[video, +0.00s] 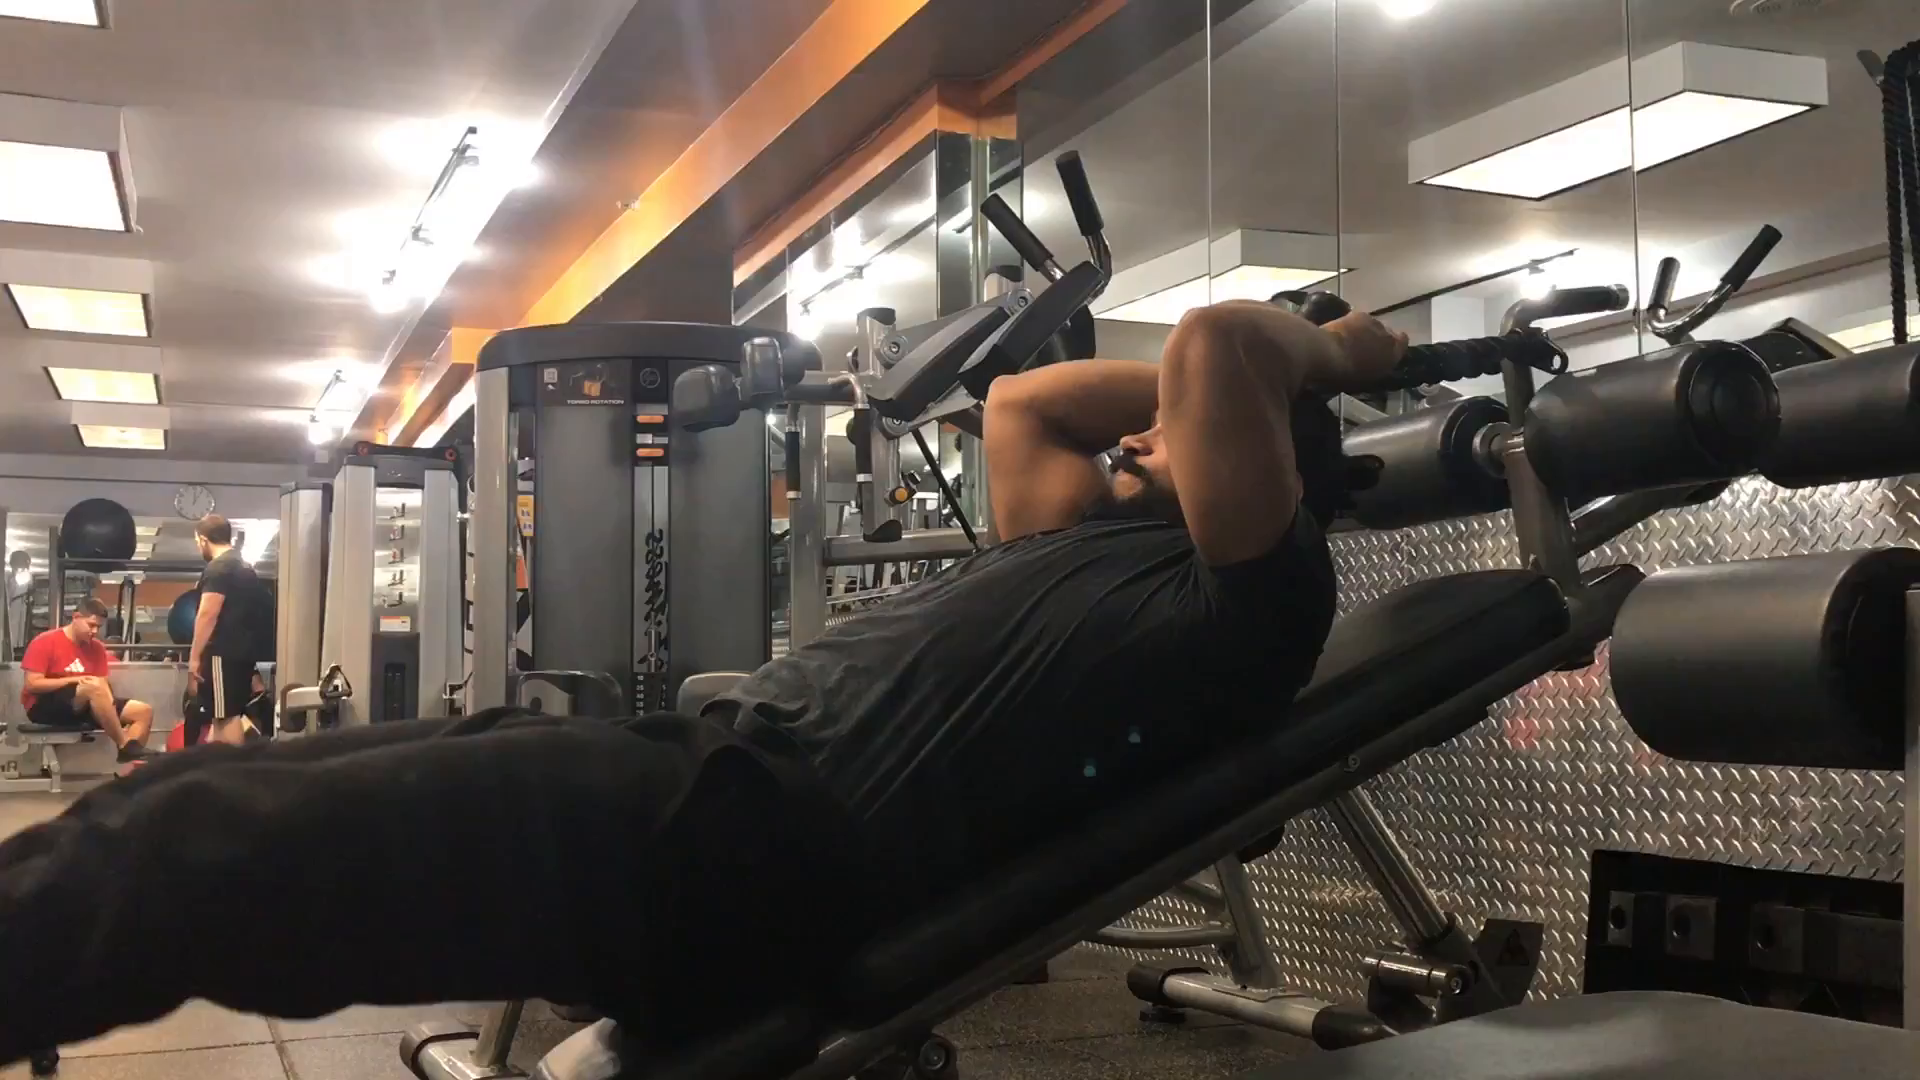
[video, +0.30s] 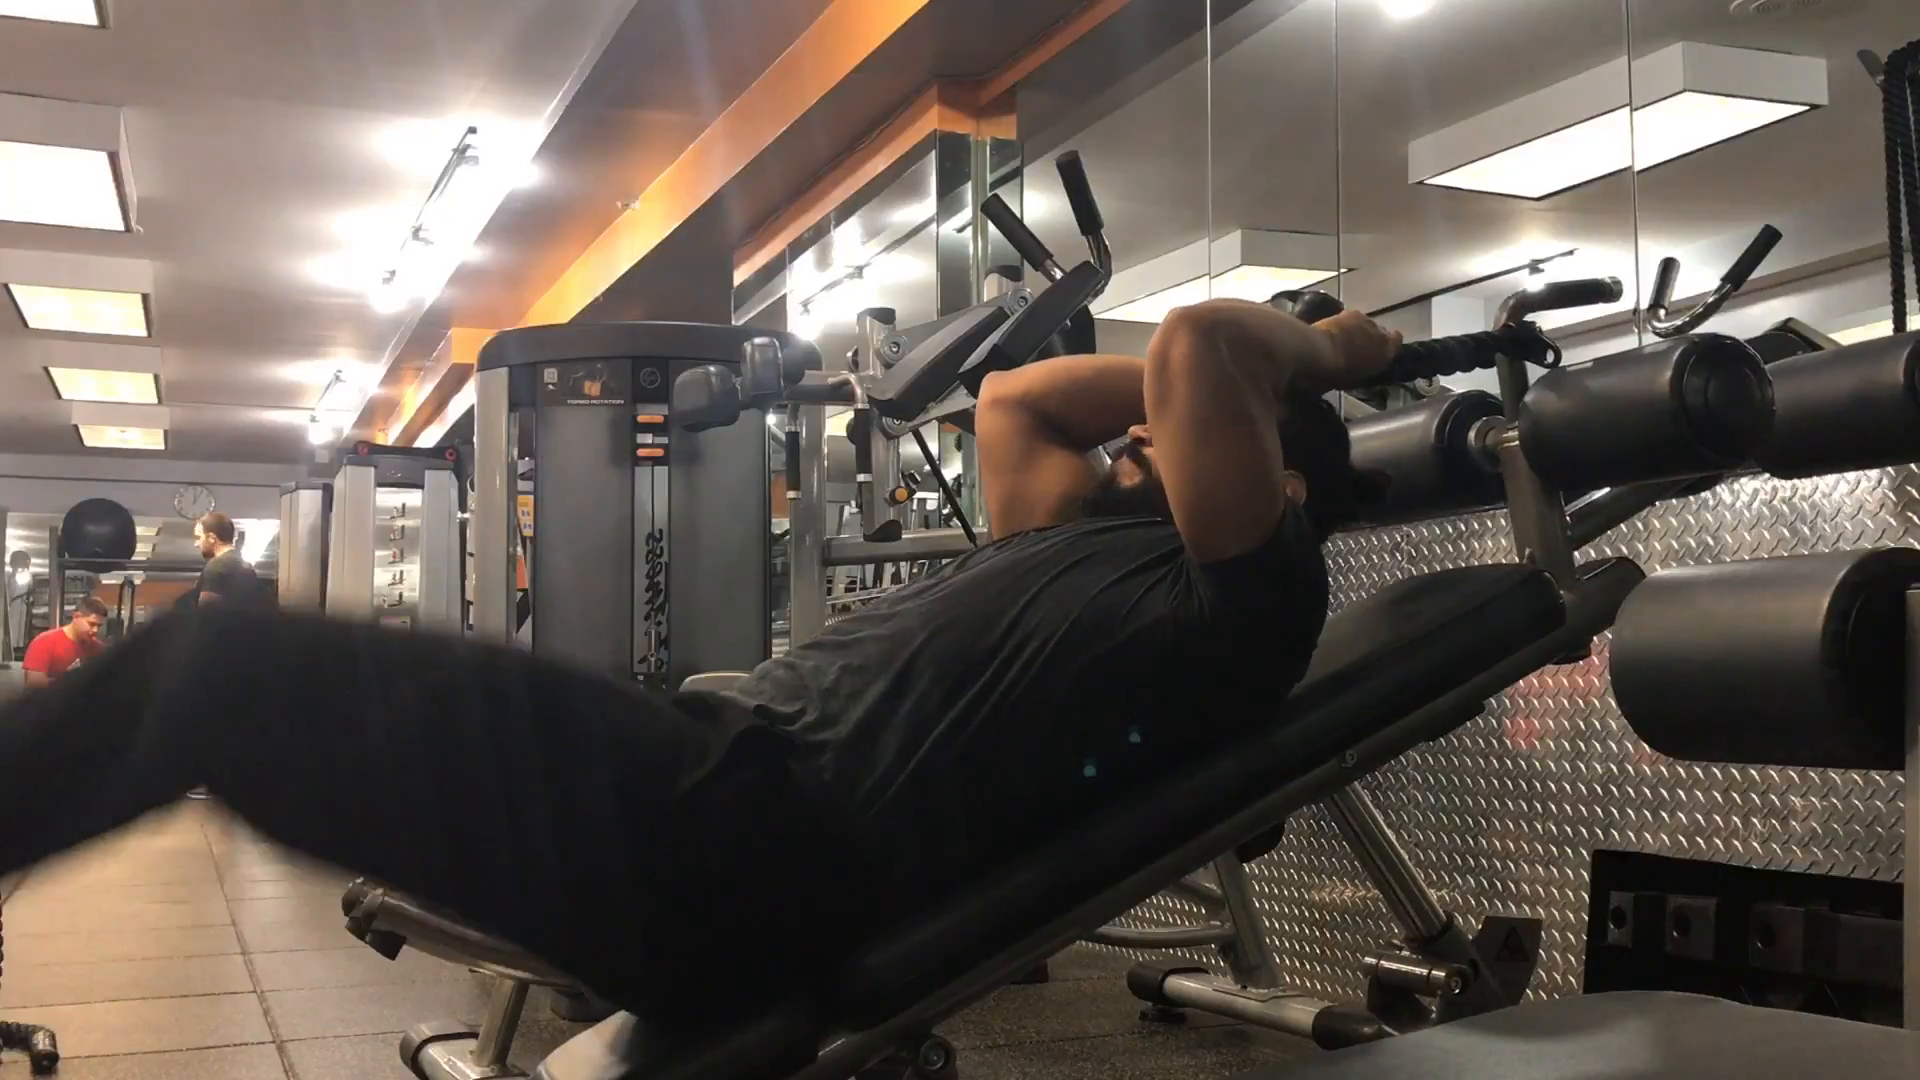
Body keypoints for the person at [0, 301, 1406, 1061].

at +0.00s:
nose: (1177, 451)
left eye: (1224, 436)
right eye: (1192, 437)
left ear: (1274, 478)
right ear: (1163, 471)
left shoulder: (1254, 612)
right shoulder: (1078, 564)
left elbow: (1213, 335)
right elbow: (1023, 407)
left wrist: (1334, 350)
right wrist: (1215, 402)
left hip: (744, 837)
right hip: (683, 760)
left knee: (180, 859)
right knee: (183, 810)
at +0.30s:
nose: (1180, 447)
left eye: (1226, 434)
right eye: (1196, 435)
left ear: (1276, 482)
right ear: (1184, 476)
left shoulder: (1250, 616)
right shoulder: (1069, 564)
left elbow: (1194, 336)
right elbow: (1017, 402)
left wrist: (1317, 350)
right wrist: (1208, 393)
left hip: (770, 850)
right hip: (703, 764)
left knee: (210, 666)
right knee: (219, 645)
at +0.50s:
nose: (1235, 472)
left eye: (1272, 472)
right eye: (1257, 462)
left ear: (1301, 512)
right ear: (1245, 494)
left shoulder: (1256, 620)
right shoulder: (1095, 564)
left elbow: (1211, 332)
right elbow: (1025, 390)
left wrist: (1334, 343)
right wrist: (1234, 357)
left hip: (783, 840)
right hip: (737, 761)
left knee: (535, 340)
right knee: (539, 324)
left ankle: (94, 375)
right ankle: (150, 357)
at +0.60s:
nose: (1256, 453)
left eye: (1294, 454)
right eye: (1278, 444)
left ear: (1325, 499)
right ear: (1265, 474)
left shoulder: (1284, 603)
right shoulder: (1103, 553)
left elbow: (1230, 324)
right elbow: (1023, 385)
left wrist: (1331, 336)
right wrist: (1231, 352)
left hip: (799, 792)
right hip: (760, 720)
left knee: (745, 254)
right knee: (752, 254)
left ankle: (280, 152)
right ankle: (298, 155)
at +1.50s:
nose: (1291, 430)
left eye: (1318, 437)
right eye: (1303, 430)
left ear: (1350, 512)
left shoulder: (1310, 592)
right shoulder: (1136, 576)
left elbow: (1220, 338)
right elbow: (1038, 401)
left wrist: (1336, 334)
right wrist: (1230, 387)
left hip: (808, 572)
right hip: (729, 577)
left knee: (1045, 158)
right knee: (978, 196)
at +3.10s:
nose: (1318, 438)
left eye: (1342, 452)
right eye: (1328, 437)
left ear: (1362, 529)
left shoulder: (1312, 582)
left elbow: (1221, 326)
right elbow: (1041, 403)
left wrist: (1332, 329)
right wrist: (1223, 384)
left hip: (777, 579)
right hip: (707, 581)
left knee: (1079, 221)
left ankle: (797, 13)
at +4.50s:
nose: (1136, 434)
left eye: (1179, 429)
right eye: (1131, 430)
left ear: (1241, 481)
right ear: (1131, 477)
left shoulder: (1225, 611)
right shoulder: (1059, 566)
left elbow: (1189, 320)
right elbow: (1007, 395)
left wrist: (1315, 341)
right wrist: (1207, 389)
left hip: (728, 855)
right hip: (656, 775)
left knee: (139, 892)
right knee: (161, 861)